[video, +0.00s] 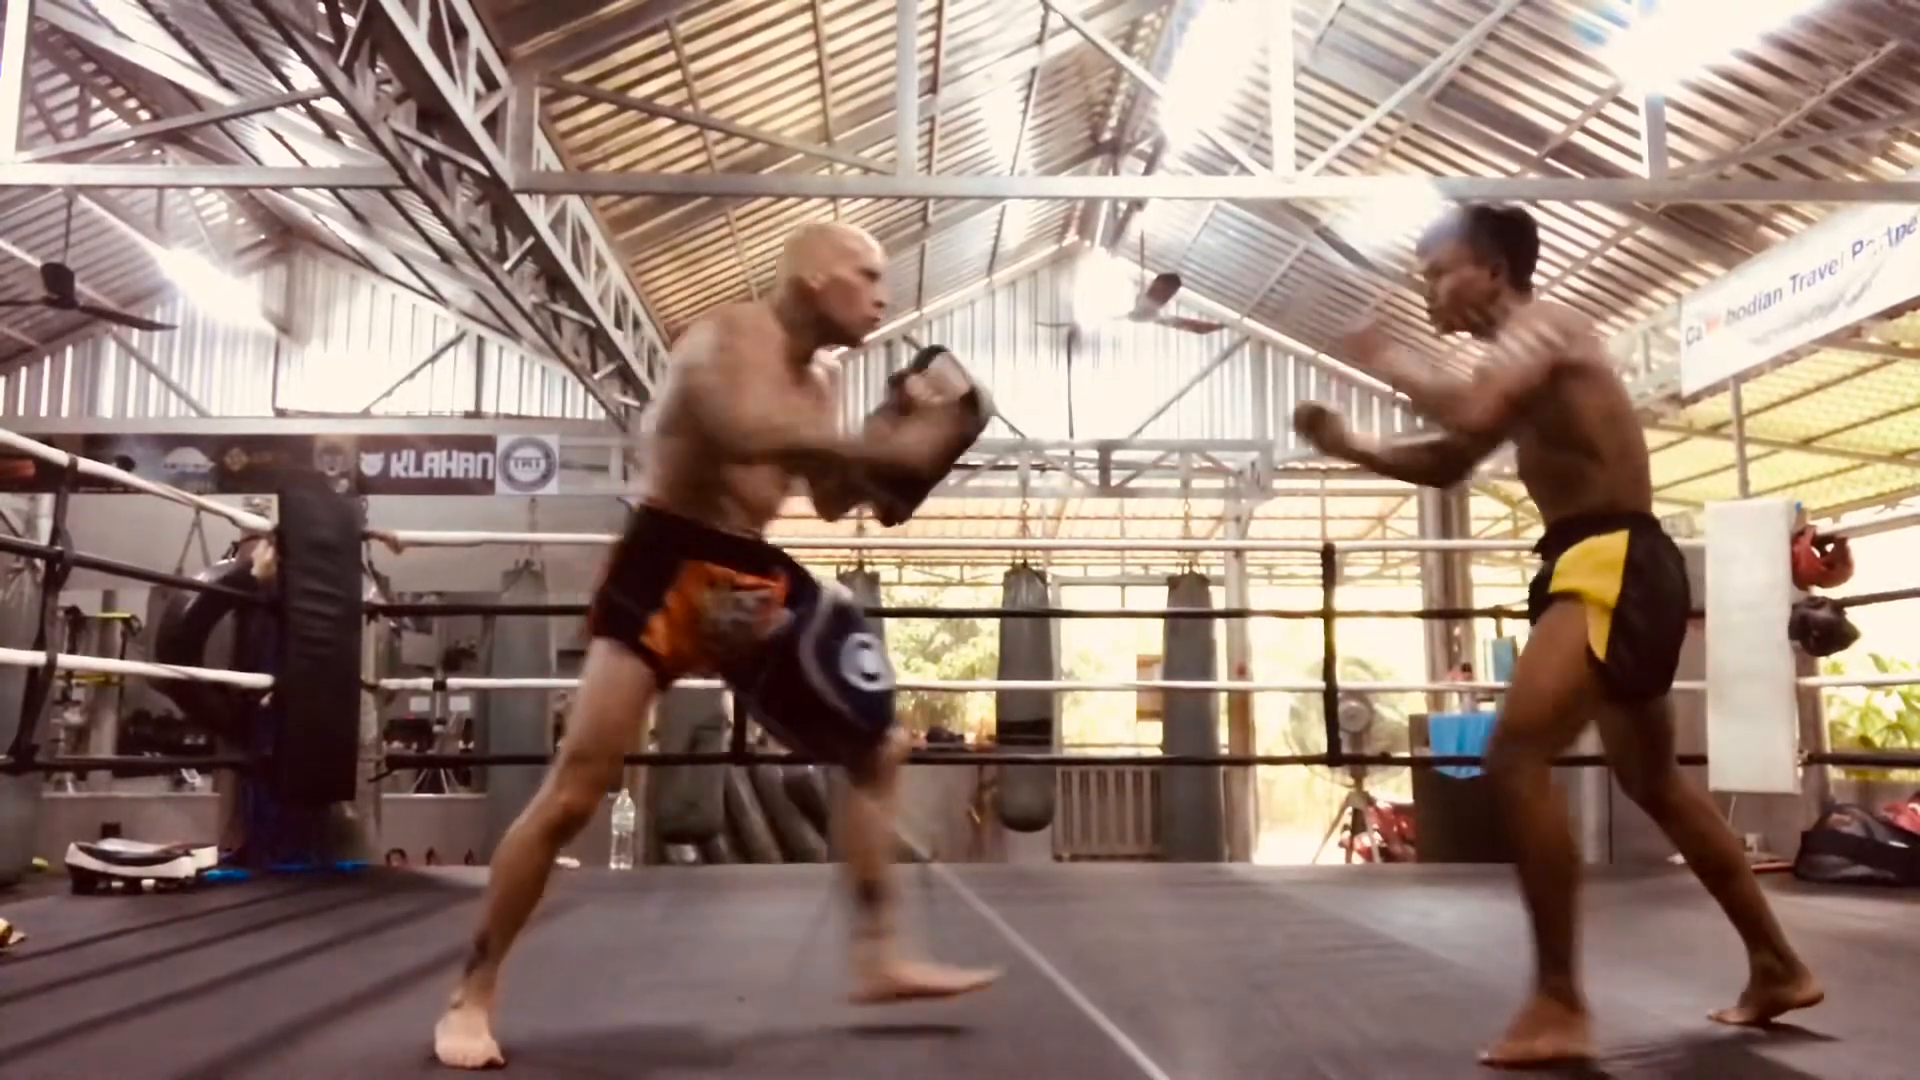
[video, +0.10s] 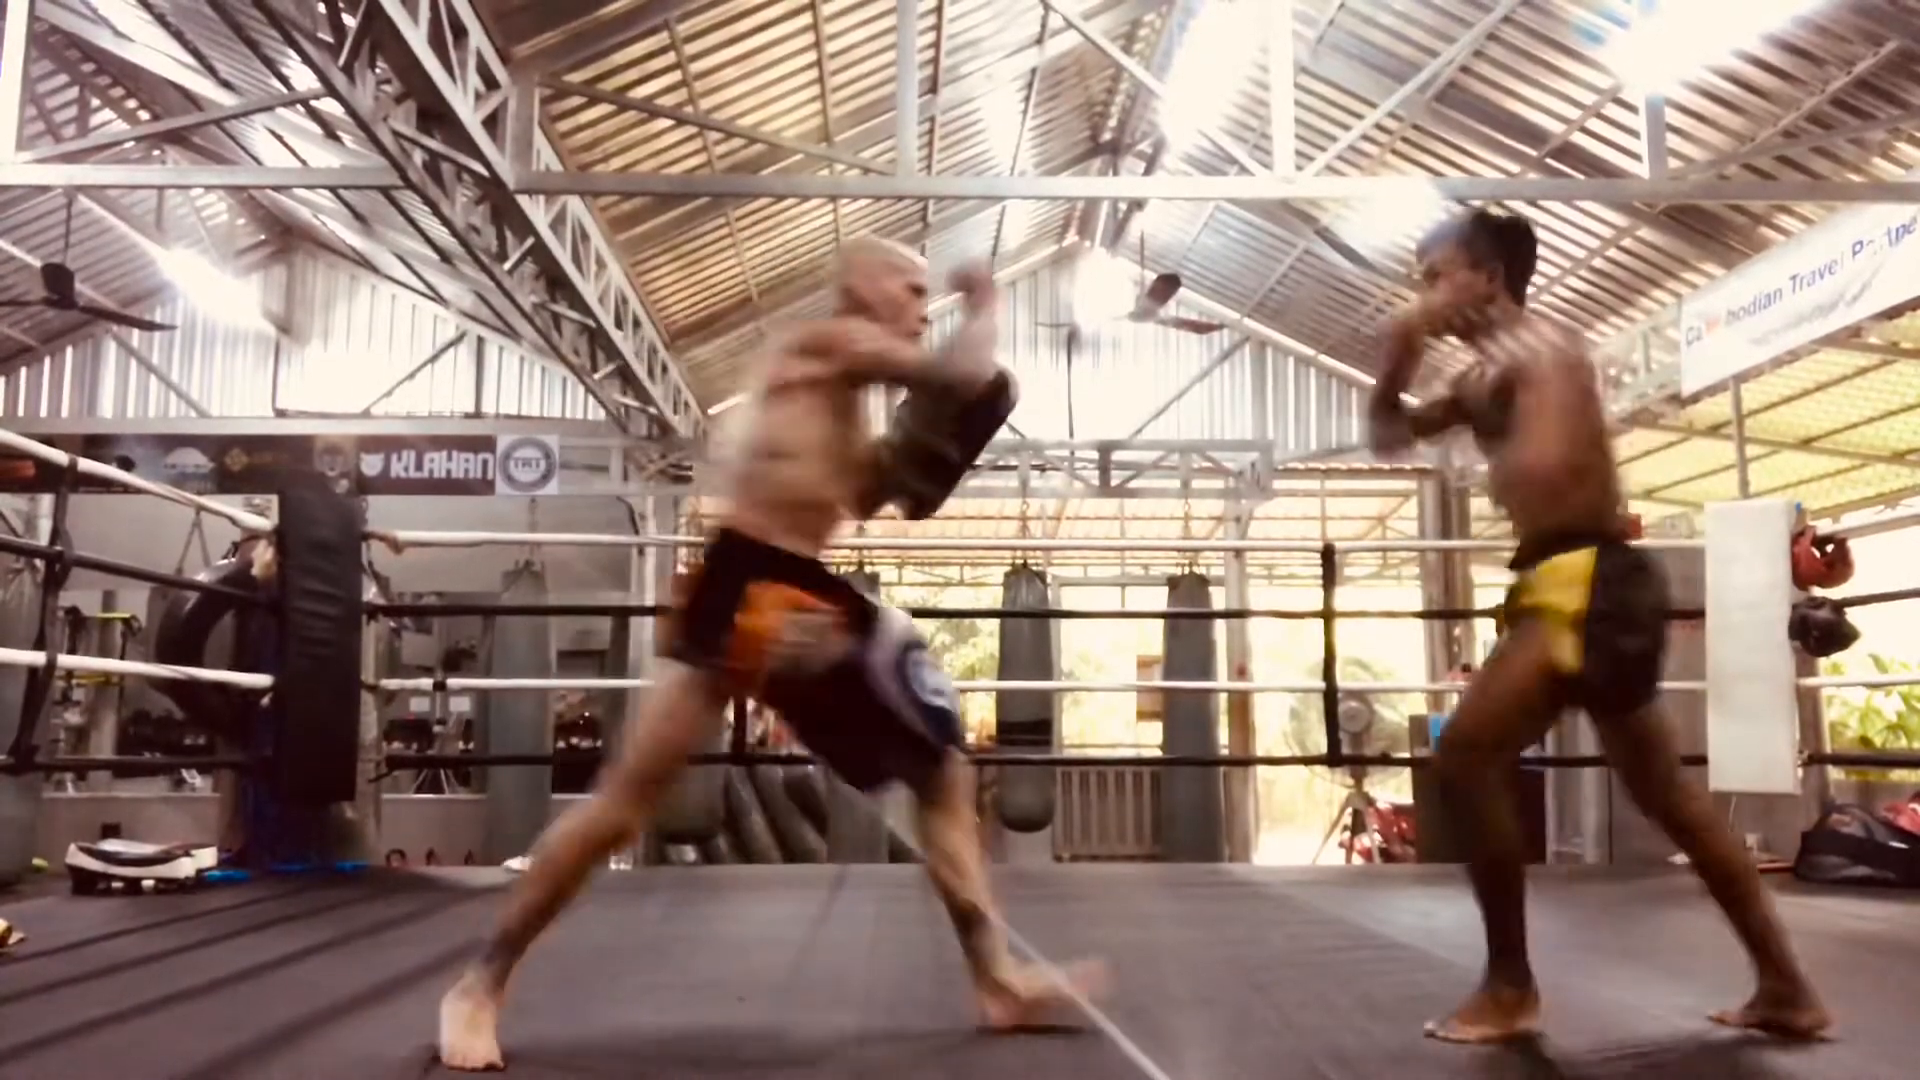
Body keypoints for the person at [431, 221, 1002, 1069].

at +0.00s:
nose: (881, 300)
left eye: (881, 284)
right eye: (868, 280)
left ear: (833, 287)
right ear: (816, 278)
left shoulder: (815, 385)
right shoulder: (733, 333)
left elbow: (833, 497)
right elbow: (740, 425)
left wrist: (904, 433)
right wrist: (884, 450)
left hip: (751, 576)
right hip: (665, 563)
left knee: (877, 745)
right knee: (572, 796)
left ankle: (876, 962)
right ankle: (473, 996)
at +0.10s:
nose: (918, 308)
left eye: (920, 296)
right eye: (906, 289)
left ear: (897, 305)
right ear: (857, 286)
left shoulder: (846, 387)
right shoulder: (816, 338)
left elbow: (862, 489)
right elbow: (956, 374)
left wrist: (954, 411)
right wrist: (979, 311)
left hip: (808, 589)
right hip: (744, 577)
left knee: (943, 768)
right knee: (626, 802)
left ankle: (999, 974)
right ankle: (482, 985)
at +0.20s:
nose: (962, 333)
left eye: (963, 322)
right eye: (952, 317)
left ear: (915, 316)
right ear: (905, 306)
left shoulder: (902, 387)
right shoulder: (871, 344)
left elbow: (953, 471)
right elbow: (1015, 362)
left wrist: (982, 366)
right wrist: (1125, 324)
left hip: (882, 590)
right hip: (849, 582)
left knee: (1013, 777)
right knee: (830, 809)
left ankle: (1020, 984)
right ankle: (604, 905)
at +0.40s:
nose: (1028, 328)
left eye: (1032, 320)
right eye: (1019, 305)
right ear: (967, 288)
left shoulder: (966, 398)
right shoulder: (911, 323)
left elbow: (1030, 468)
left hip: (919, 586)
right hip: (926, 511)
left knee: (1021, 775)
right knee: (1158, 530)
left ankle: (1020, 981)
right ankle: (1237, 576)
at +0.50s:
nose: (1029, 300)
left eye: (1034, 290)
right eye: (1022, 279)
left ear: (1011, 296)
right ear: (974, 265)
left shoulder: (985, 371)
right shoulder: (919, 318)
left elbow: (1047, 458)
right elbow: (808, 400)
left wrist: (1049, 366)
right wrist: (803, 409)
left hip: (959, 566)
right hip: (968, 494)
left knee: (1039, 774)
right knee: (1204, 462)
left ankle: (1024, 980)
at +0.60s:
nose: (1029, 259)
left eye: (1034, 244)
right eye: (1016, 241)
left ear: (1024, 253)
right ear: (963, 240)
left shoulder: (998, 346)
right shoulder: (919, 301)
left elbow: (1071, 435)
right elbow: (857, 381)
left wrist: (1090, 342)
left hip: (955, 553)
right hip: (975, 503)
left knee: (1026, 770)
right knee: (1214, 508)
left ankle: (1022, 980)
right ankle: (1354, 634)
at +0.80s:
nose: (1062, 236)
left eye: (1067, 221)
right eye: (1048, 217)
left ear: (1017, 221)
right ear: (993, 213)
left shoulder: (982, 297)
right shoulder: (965, 279)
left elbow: (984, 433)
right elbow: (1052, 356)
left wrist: (1049, 403)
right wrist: (1178, 321)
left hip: (956, 527)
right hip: (989, 515)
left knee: (1035, 765)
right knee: (1093, 742)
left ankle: (1026, 974)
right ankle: (987, 984)